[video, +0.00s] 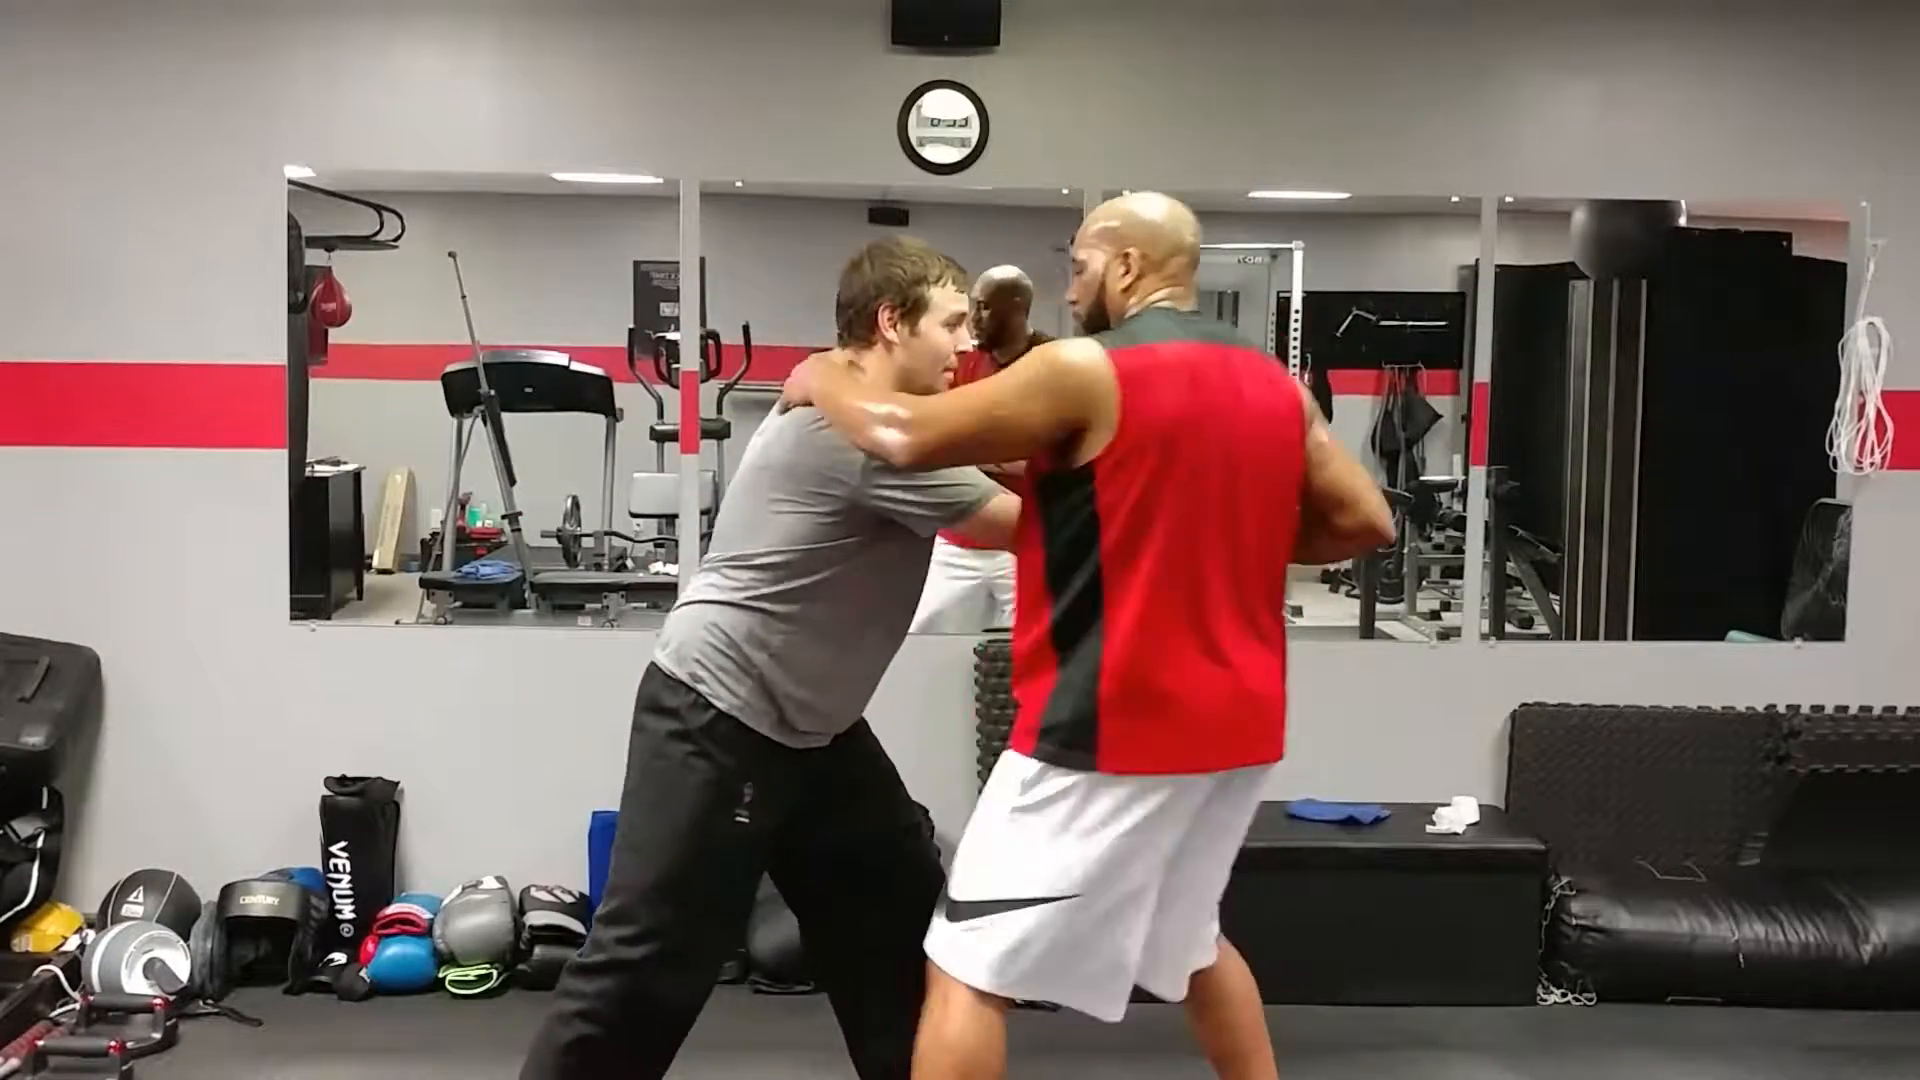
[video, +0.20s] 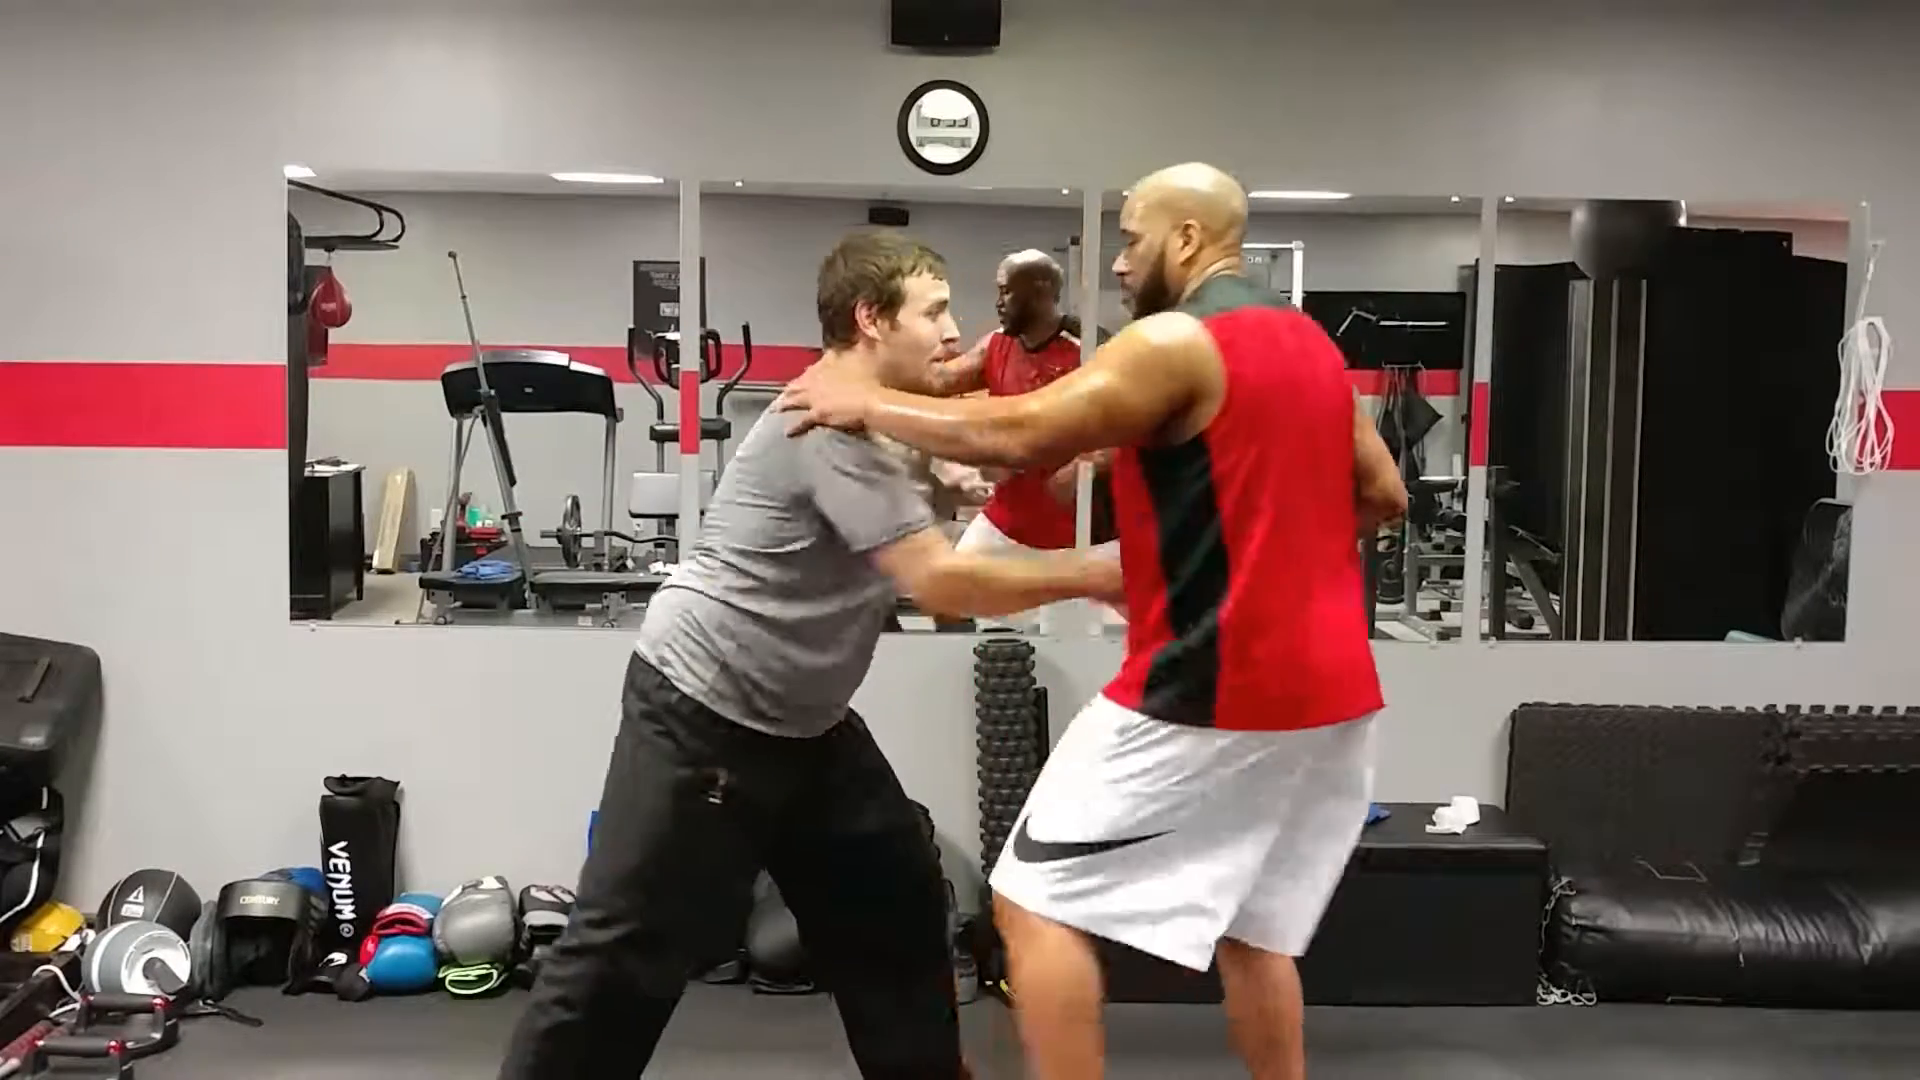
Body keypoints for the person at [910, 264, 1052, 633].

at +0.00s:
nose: (976, 323)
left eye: (986, 310)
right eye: (972, 311)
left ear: (1021, 310)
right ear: (971, 309)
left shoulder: (1058, 365)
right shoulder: (956, 366)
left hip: (1025, 550)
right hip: (952, 548)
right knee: (920, 667)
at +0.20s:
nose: (998, 302)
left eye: (1007, 292)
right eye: (998, 292)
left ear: (1044, 293)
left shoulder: (1082, 360)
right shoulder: (996, 347)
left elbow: (1115, 445)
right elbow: (940, 380)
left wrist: (1082, 467)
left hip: (1065, 528)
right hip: (1003, 517)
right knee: (946, 601)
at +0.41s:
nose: (1008, 296)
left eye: (1016, 286)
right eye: (1008, 286)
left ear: (1052, 286)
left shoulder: (1107, 351)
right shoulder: (1017, 345)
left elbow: (1140, 444)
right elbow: (960, 393)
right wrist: (892, 414)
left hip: (1099, 543)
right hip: (1030, 536)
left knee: (1100, 675)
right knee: (1016, 664)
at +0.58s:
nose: (1013, 309)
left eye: (1021, 298)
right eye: (1014, 299)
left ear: (1054, 298)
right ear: (1051, 299)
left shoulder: (1112, 359)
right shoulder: (1027, 365)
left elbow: (1148, 445)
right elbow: (1002, 438)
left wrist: (1070, 489)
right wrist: (961, 490)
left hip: (1107, 551)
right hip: (1048, 545)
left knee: (1101, 675)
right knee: (1032, 664)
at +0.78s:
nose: (1035, 313)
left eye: (1043, 301)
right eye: (1036, 302)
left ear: (1077, 302)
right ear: (1072, 304)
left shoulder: (1130, 364)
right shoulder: (1066, 363)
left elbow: (1166, 452)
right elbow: (1080, 450)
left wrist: (1113, 518)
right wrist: (1067, 517)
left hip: (1145, 551)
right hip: (1079, 547)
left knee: (1148, 670)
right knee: (1030, 642)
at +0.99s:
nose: (1059, 307)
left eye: (1070, 296)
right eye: (1060, 295)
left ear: (1112, 301)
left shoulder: (1149, 360)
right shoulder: (1070, 364)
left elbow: (1174, 452)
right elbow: (1065, 435)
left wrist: (1127, 524)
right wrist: (1062, 480)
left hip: (1163, 551)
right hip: (1095, 546)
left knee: (1170, 674)